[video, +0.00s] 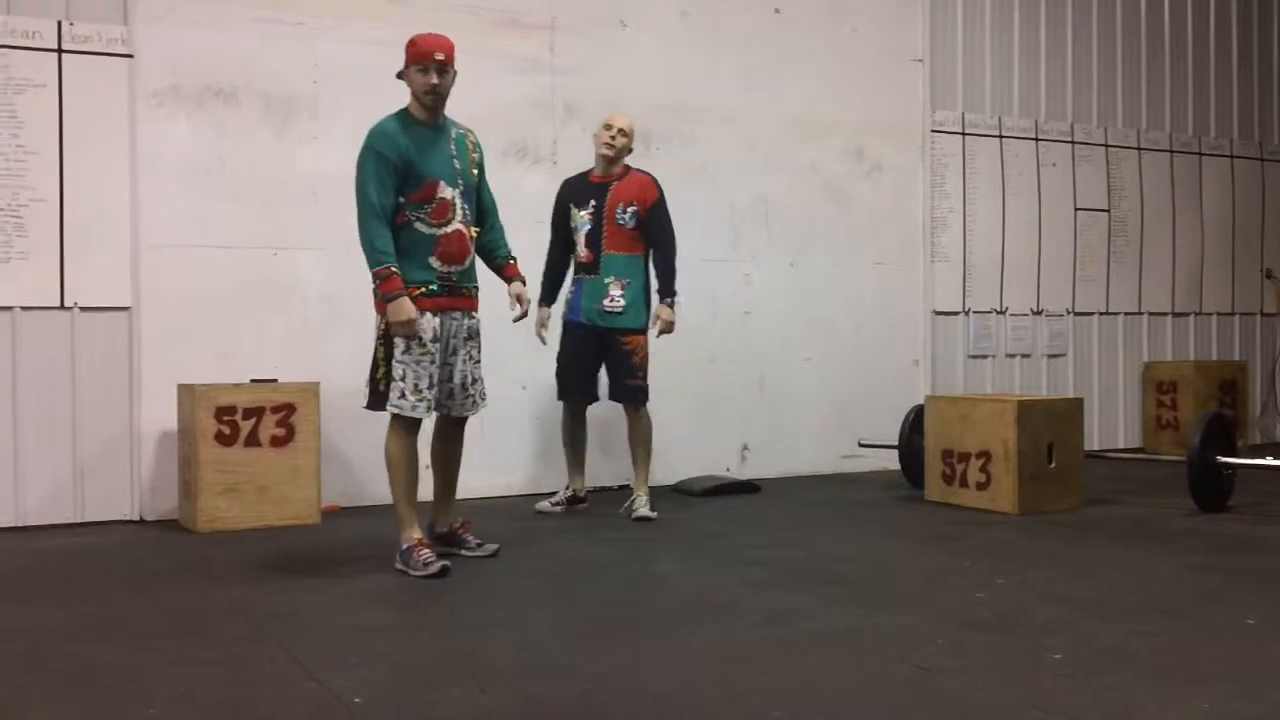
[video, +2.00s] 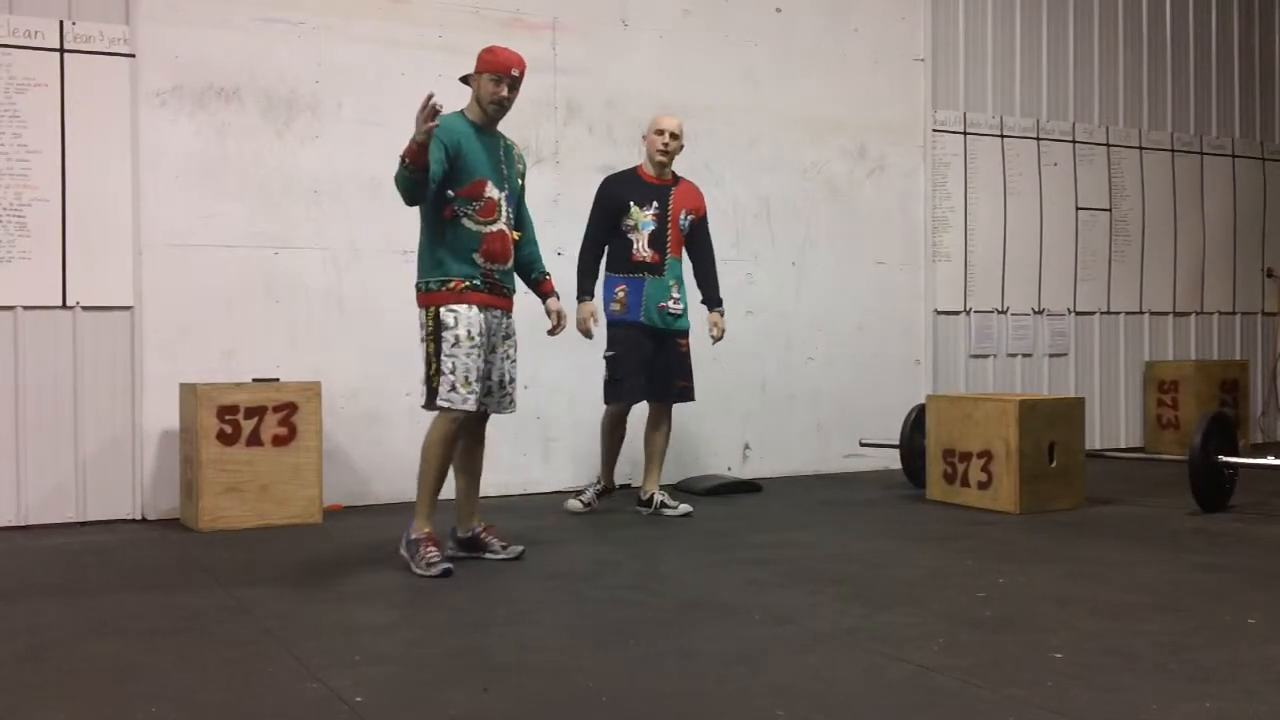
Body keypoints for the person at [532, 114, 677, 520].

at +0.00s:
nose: (613, 137)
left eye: (622, 134)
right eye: (608, 130)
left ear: (630, 147)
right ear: (595, 137)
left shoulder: (644, 186)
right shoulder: (571, 188)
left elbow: (663, 245)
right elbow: (559, 249)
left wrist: (667, 300)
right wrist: (545, 301)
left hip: (629, 319)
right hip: (580, 317)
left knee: (635, 404)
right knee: (572, 402)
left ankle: (641, 493)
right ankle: (575, 488)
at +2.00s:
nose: (666, 142)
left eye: (674, 137)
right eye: (660, 134)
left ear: (682, 146)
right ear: (646, 139)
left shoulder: (690, 196)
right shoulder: (615, 187)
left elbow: (702, 255)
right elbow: (592, 246)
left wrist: (714, 306)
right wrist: (585, 299)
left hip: (671, 315)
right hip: (626, 312)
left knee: (662, 403)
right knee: (619, 403)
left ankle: (650, 491)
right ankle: (605, 482)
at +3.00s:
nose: (605, 140)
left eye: (612, 134)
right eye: (597, 134)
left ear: (621, 142)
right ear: (585, 140)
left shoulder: (638, 189)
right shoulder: (561, 190)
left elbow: (652, 248)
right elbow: (542, 250)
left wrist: (661, 299)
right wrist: (534, 302)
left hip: (627, 318)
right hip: (577, 318)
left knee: (639, 404)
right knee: (574, 405)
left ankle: (649, 491)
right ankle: (575, 490)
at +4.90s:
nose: (656, 148)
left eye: (662, 142)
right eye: (649, 141)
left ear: (668, 144)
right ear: (630, 140)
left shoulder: (676, 189)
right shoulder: (602, 188)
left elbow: (688, 250)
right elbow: (582, 248)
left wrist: (698, 303)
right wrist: (577, 305)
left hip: (659, 313)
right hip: (614, 312)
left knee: (654, 403)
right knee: (617, 402)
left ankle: (647, 490)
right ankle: (612, 492)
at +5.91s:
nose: (655, 140)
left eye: (660, 133)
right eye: (647, 133)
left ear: (665, 136)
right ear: (628, 135)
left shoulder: (674, 183)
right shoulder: (601, 184)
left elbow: (688, 245)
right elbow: (586, 249)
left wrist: (699, 298)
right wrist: (594, 305)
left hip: (661, 313)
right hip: (617, 314)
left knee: (655, 403)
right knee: (620, 403)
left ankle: (650, 491)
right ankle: (617, 492)